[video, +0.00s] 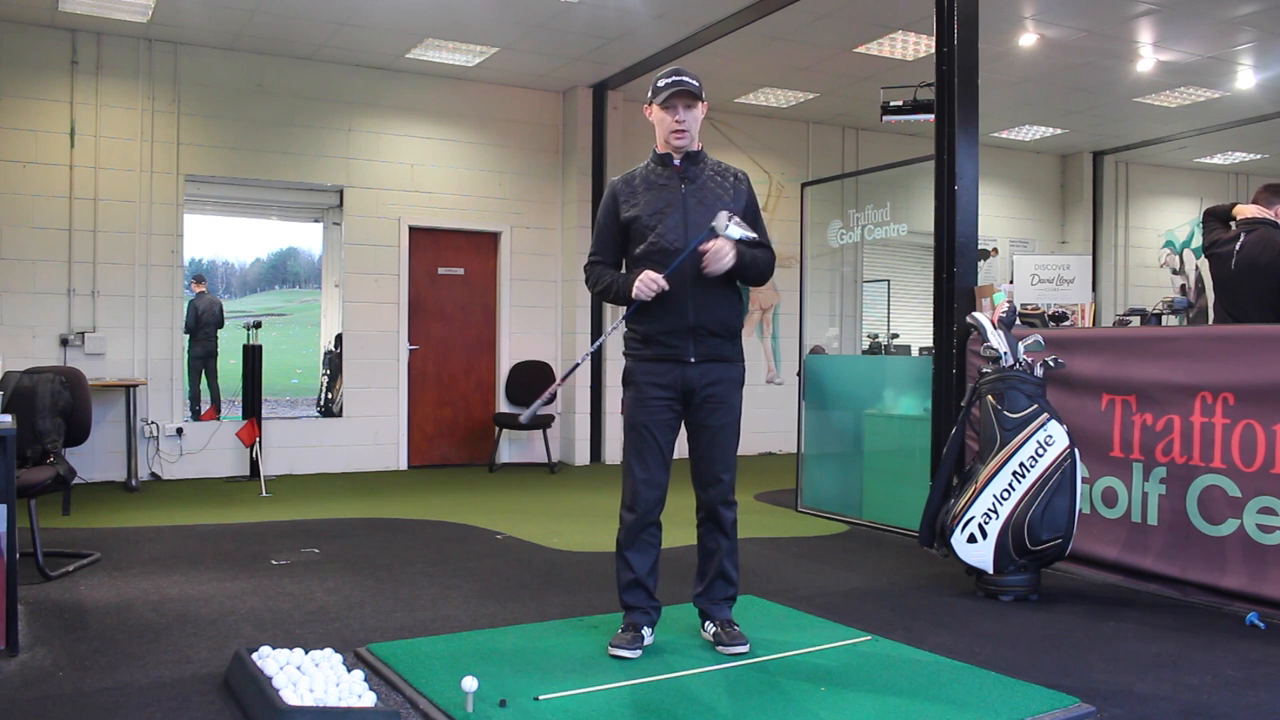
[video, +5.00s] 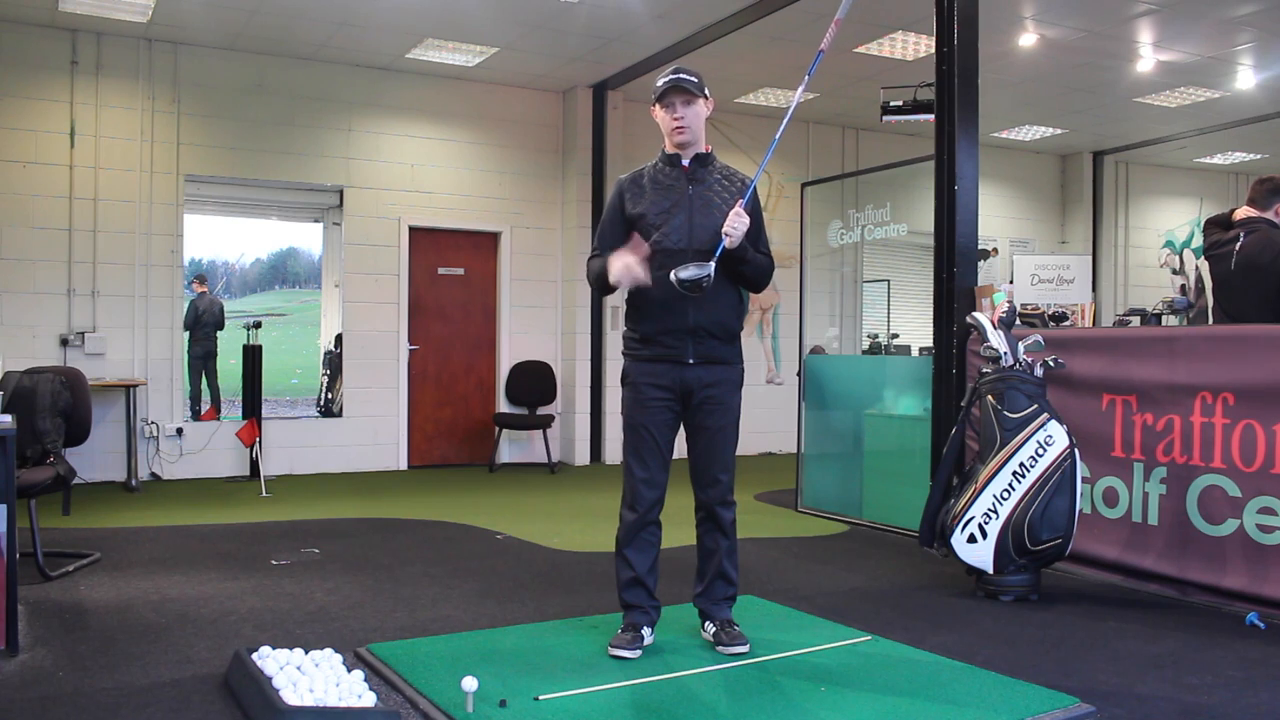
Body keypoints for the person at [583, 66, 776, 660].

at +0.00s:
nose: (681, 117)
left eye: (690, 106)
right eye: (670, 107)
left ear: (704, 113)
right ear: (651, 114)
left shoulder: (734, 185)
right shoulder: (625, 190)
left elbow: (763, 266)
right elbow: (597, 271)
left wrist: (737, 252)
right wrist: (629, 283)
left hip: (719, 362)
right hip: (651, 362)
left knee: (718, 494)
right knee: (642, 495)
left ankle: (718, 612)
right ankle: (638, 616)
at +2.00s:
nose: (671, 117)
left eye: (680, 105)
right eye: (660, 108)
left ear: (703, 108)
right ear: (650, 119)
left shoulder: (736, 186)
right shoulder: (628, 186)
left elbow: (760, 262)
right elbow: (600, 271)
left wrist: (739, 278)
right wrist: (634, 223)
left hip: (717, 361)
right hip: (649, 359)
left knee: (716, 494)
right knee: (641, 495)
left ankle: (718, 612)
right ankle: (638, 616)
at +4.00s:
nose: (671, 128)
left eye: (680, 116)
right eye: (662, 119)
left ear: (704, 111)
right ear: (652, 123)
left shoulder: (737, 188)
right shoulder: (631, 187)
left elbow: (757, 278)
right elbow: (600, 262)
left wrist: (744, 236)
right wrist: (649, 231)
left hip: (715, 363)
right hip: (647, 362)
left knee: (715, 495)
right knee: (640, 496)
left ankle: (718, 612)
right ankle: (637, 616)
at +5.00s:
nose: (676, 113)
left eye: (687, 102)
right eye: (667, 104)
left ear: (709, 109)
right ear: (656, 115)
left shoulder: (739, 187)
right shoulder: (632, 188)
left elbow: (759, 277)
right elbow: (597, 270)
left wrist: (739, 244)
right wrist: (616, 265)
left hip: (718, 364)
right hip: (649, 362)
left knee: (716, 495)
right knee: (642, 495)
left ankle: (718, 612)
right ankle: (637, 617)